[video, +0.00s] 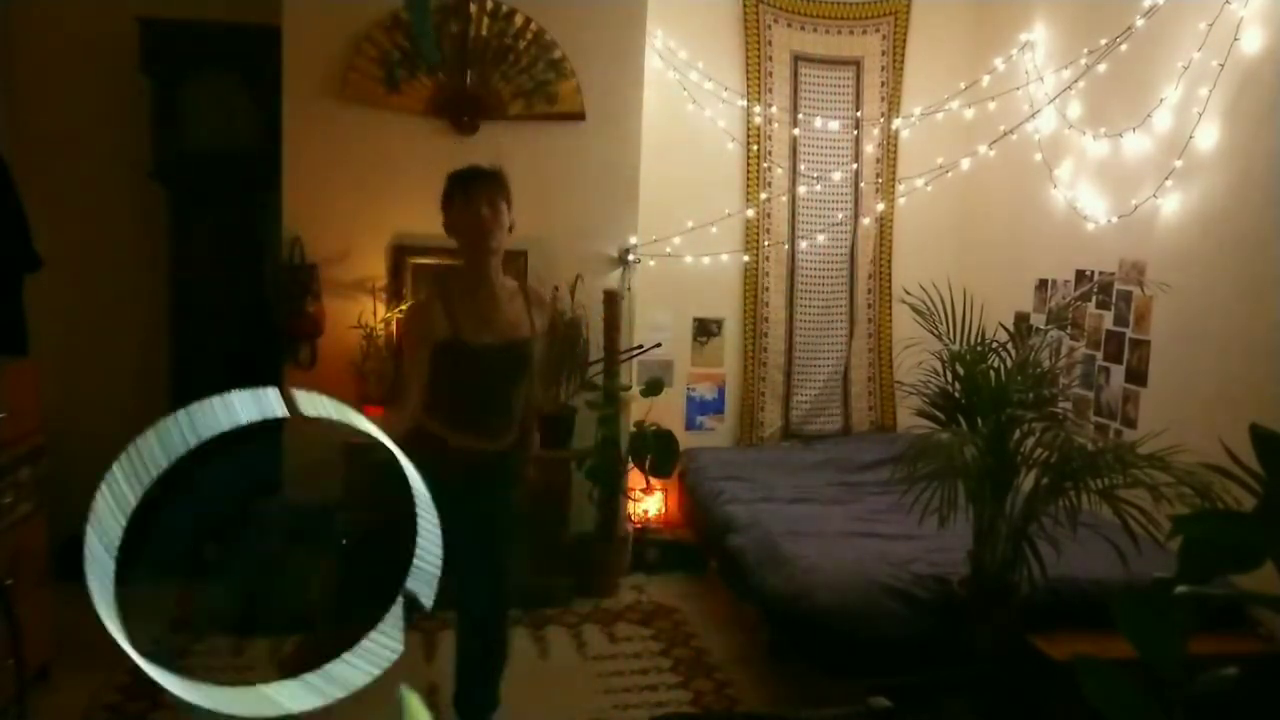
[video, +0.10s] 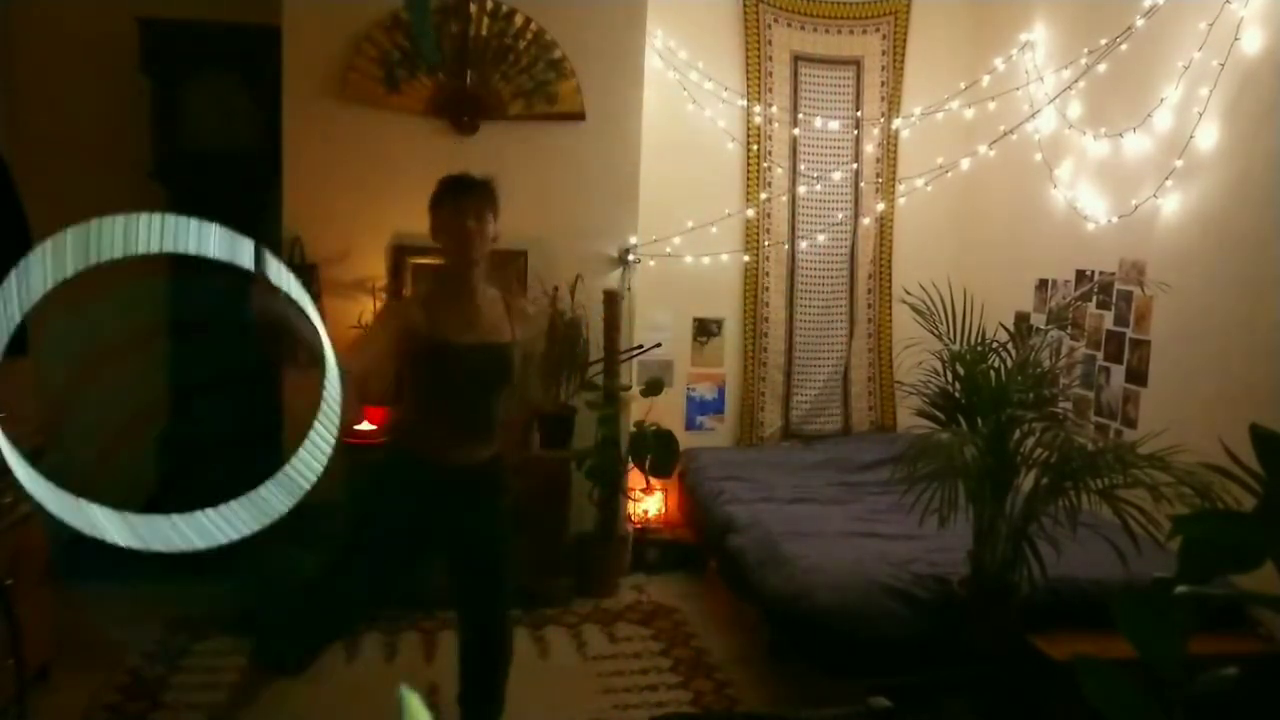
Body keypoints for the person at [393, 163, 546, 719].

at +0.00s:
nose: (488, 217)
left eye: (497, 205)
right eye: (473, 207)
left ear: (512, 219)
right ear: (449, 222)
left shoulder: (530, 303)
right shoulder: (433, 301)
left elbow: (529, 392)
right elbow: (408, 400)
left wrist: (530, 451)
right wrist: (370, 445)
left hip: (501, 471)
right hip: (440, 467)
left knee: (491, 604)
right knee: (427, 599)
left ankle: (477, 708)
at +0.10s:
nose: (470, 232)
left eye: (480, 219)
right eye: (457, 219)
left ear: (494, 229)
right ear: (436, 229)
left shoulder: (504, 311)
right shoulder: (410, 313)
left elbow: (519, 394)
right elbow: (356, 377)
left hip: (483, 479)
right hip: (414, 476)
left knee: (488, 619)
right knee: (358, 590)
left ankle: (482, 712)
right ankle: (267, 668)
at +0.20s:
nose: (443, 240)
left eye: (454, 228)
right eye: (432, 227)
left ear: (469, 240)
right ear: (411, 235)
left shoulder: (491, 325)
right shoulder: (388, 314)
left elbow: (499, 404)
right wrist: (284, 203)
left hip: (463, 488)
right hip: (395, 484)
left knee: (489, 629)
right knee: (334, 600)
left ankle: (480, 714)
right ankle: (247, 667)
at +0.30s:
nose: (417, 244)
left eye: (426, 232)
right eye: (406, 231)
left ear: (442, 242)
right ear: (384, 242)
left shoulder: (467, 331)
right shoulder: (365, 316)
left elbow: (497, 409)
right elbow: (337, 222)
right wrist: (318, 130)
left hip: (445, 494)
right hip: (377, 492)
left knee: (483, 616)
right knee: (314, 603)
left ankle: (479, 713)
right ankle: (240, 669)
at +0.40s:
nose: (396, 238)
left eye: (406, 228)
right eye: (387, 226)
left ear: (419, 239)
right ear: (366, 232)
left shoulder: (426, 319)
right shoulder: (342, 304)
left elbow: (425, 395)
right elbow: (355, 209)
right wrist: (366, 107)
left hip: (419, 486)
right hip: (355, 485)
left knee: (469, 600)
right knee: (295, 601)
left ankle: (470, 706)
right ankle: (223, 686)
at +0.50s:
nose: (386, 238)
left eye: (392, 223)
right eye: (375, 221)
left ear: (401, 231)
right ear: (345, 222)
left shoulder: (393, 308)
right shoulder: (319, 295)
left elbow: (409, 396)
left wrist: (419, 374)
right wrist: (414, 133)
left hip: (403, 475)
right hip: (339, 476)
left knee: (452, 593)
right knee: (281, 597)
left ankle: (465, 702)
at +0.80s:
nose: (361, 237)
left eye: (371, 224)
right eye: (347, 224)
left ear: (384, 232)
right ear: (323, 230)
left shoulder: (393, 315)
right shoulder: (300, 303)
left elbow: (408, 399)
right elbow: (341, 377)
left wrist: (418, 364)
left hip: (389, 475)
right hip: (320, 476)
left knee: (446, 611)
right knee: (266, 604)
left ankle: (461, 708)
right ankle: (198, 702)